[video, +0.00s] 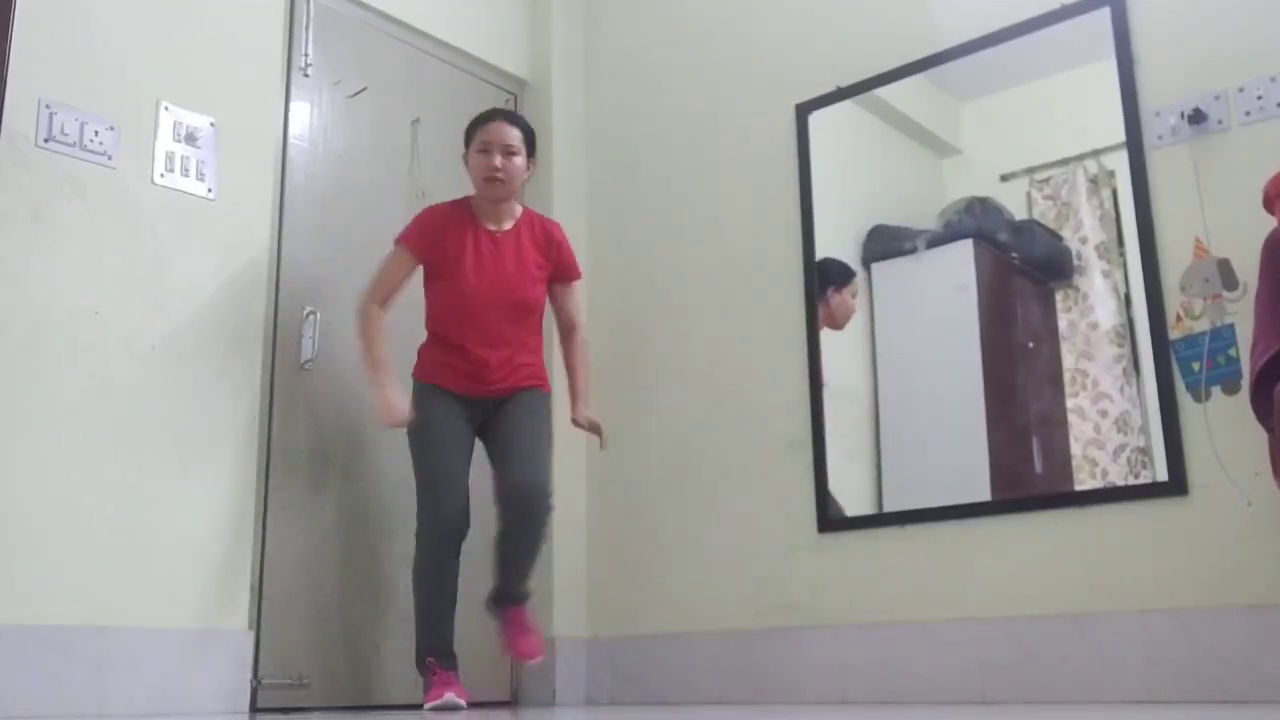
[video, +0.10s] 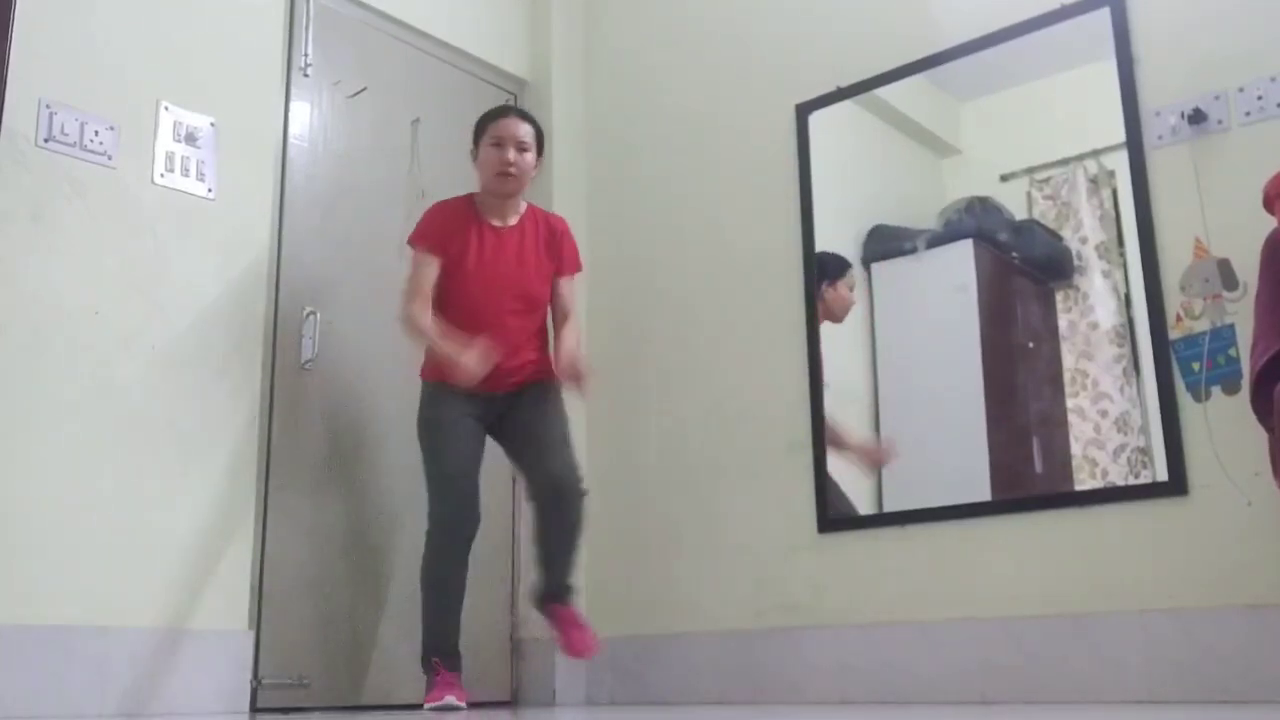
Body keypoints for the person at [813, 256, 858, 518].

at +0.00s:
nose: (854, 307)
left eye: (855, 297)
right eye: (851, 296)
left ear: (831, 295)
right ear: (831, 295)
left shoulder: (809, 340)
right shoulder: (806, 344)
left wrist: (827, 501)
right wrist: (828, 503)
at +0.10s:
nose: (853, 300)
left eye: (852, 290)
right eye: (849, 289)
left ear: (826, 289)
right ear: (826, 289)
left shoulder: (809, 334)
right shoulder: (806, 336)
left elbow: (813, 417)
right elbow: (811, 418)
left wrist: (859, 449)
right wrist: (859, 450)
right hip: (801, 465)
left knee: (850, 528)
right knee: (850, 528)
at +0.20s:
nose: (857, 285)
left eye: (857, 276)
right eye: (852, 275)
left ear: (829, 277)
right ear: (827, 276)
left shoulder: (820, 314)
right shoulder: (815, 311)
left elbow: (830, 400)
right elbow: (823, 380)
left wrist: (889, 395)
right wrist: (887, 394)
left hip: (805, 454)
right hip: (797, 456)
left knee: (844, 527)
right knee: (843, 527)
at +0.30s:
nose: (861, 277)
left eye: (860, 268)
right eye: (855, 267)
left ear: (829, 270)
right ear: (829, 269)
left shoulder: (824, 300)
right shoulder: (819, 297)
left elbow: (852, 385)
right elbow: (839, 366)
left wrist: (906, 356)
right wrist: (903, 354)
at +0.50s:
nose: (867, 269)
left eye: (867, 261)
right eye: (860, 258)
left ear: (834, 264)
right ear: (832, 262)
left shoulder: (821, 296)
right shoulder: (829, 289)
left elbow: (845, 391)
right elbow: (854, 368)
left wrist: (910, 399)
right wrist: (922, 392)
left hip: (815, 440)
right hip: (810, 440)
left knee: (831, 529)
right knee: (832, 530)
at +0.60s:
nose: (873, 266)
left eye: (873, 258)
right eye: (866, 255)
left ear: (838, 261)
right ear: (838, 259)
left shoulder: (820, 292)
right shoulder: (835, 287)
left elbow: (842, 393)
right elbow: (856, 367)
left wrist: (882, 450)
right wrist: (892, 437)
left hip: (818, 439)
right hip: (815, 439)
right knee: (842, 529)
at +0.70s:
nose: (879, 261)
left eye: (878, 253)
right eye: (871, 251)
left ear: (843, 256)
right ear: (844, 254)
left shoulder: (817, 284)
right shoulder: (839, 283)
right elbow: (836, 359)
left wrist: (844, 433)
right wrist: (846, 432)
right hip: (824, 432)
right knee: (855, 515)